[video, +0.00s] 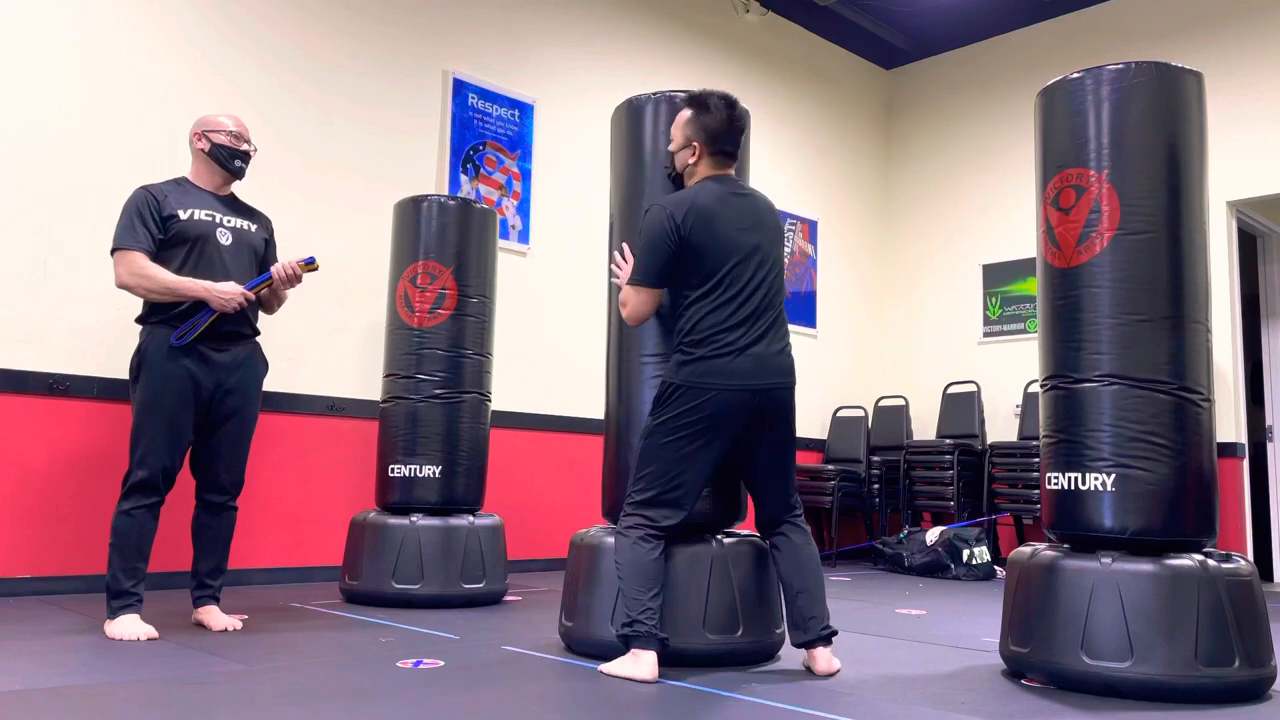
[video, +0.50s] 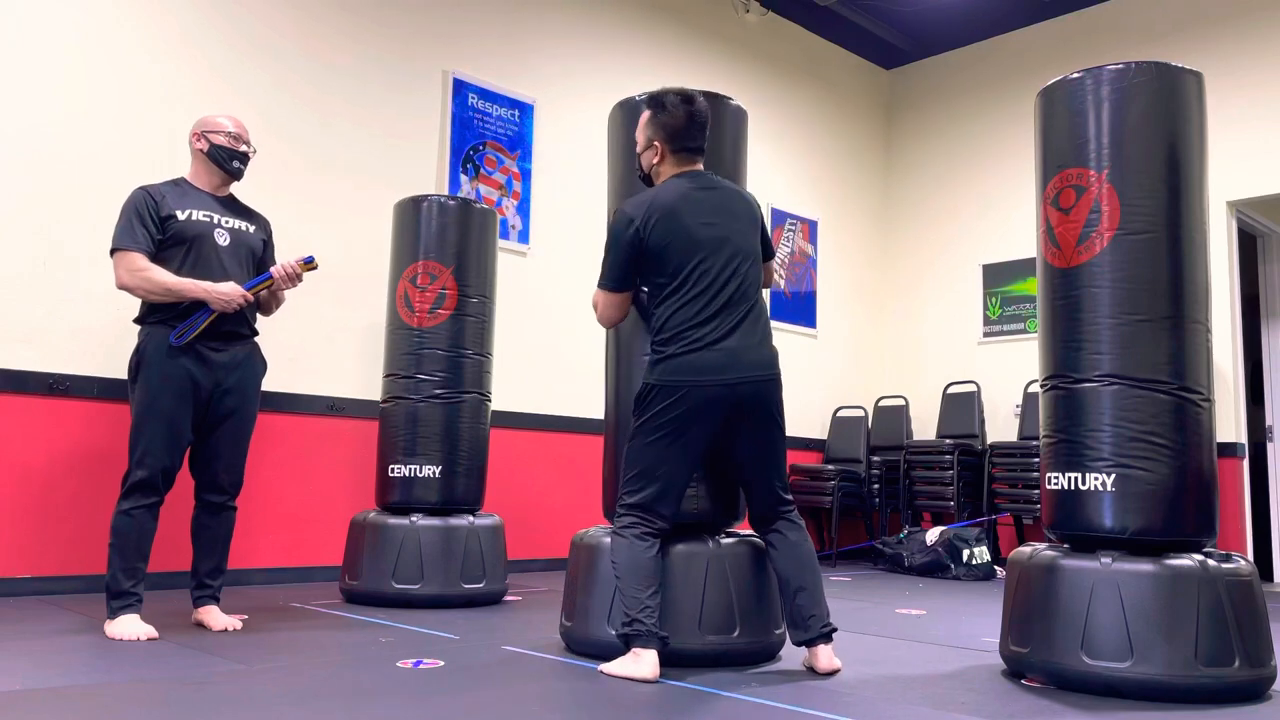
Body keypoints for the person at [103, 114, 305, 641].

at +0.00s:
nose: (243, 146)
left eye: (247, 141)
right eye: (232, 135)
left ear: (248, 156)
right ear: (199, 141)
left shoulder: (258, 223)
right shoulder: (154, 199)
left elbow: (269, 304)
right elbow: (128, 272)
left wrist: (280, 285)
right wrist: (207, 289)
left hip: (238, 363)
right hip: (170, 358)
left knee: (221, 489)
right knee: (148, 482)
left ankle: (207, 602)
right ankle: (123, 609)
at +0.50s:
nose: (243, 149)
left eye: (246, 143)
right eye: (232, 138)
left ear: (247, 156)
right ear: (199, 142)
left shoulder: (256, 224)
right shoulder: (153, 200)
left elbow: (266, 306)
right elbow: (129, 273)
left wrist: (280, 286)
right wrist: (206, 290)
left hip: (237, 362)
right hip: (169, 357)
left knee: (221, 488)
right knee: (147, 481)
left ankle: (207, 601)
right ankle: (123, 609)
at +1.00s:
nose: (246, 147)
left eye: (250, 143)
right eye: (234, 138)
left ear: (251, 162)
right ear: (201, 146)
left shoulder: (262, 227)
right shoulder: (160, 199)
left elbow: (277, 307)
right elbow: (137, 269)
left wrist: (271, 292)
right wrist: (215, 287)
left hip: (241, 362)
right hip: (173, 356)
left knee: (222, 490)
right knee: (147, 481)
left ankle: (206, 601)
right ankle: (124, 608)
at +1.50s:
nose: (264, 154)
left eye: (272, 151)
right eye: (254, 145)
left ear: (278, 169)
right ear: (227, 154)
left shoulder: (284, 236)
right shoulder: (179, 207)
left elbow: (290, 315)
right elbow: (134, 273)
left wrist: (301, 296)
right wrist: (189, 300)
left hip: (249, 372)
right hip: (181, 362)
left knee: (229, 491)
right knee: (157, 478)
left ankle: (208, 601)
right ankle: (125, 603)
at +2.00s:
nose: (213, 162)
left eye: (223, 156)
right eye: (205, 154)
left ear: (240, 165)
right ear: (189, 160)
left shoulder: (262, 233)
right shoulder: (153, 220)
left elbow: (277, 311)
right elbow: (111, 285)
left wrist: (262, 298)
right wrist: (139, 308)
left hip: (230, 372)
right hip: (160, 367)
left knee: (222, 487)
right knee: (134, 479)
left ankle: (207, 602)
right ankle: (124, 593)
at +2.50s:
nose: (143, 169)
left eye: (151, 160)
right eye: (132, 161)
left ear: (165, 163)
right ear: (113, 165)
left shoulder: (200, 223)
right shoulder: (91, 232)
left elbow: (231, 289)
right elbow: (55, 296)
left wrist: (184, 287)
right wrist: (79, 323)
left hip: (181, 370)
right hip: (115, 372)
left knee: (192, 479)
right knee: (119, 484)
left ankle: (203, 594)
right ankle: (124, 595)